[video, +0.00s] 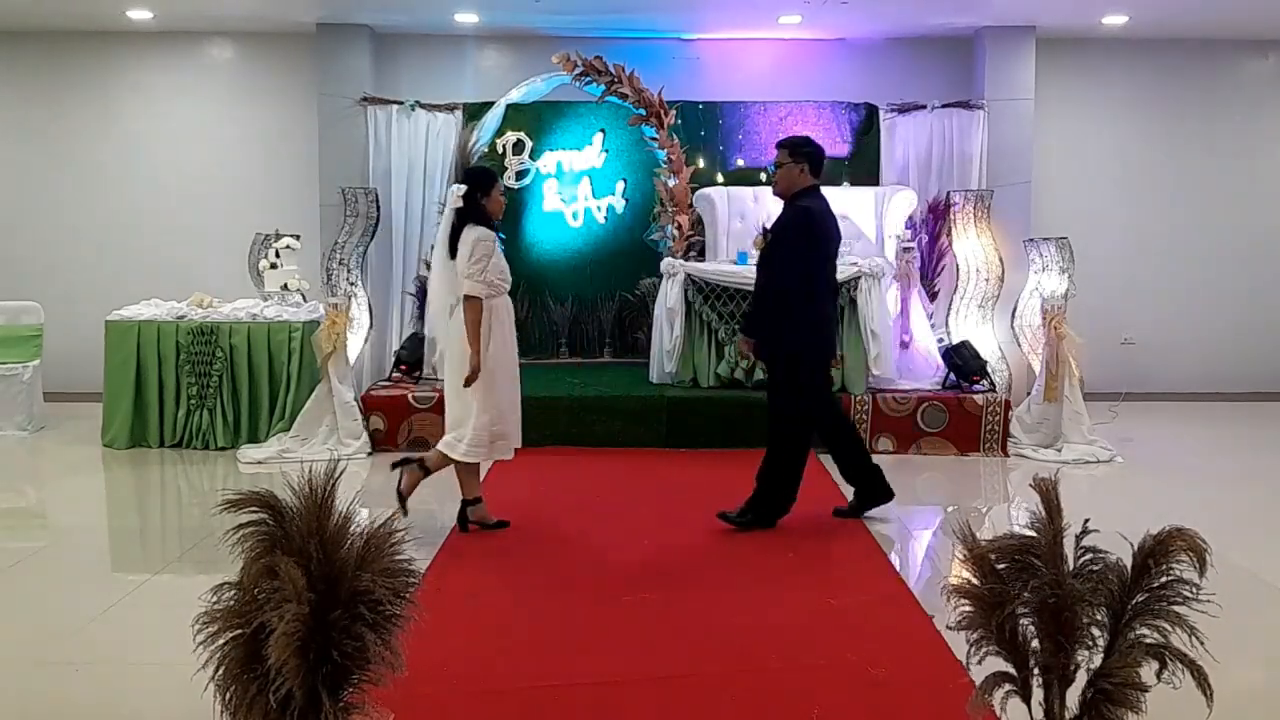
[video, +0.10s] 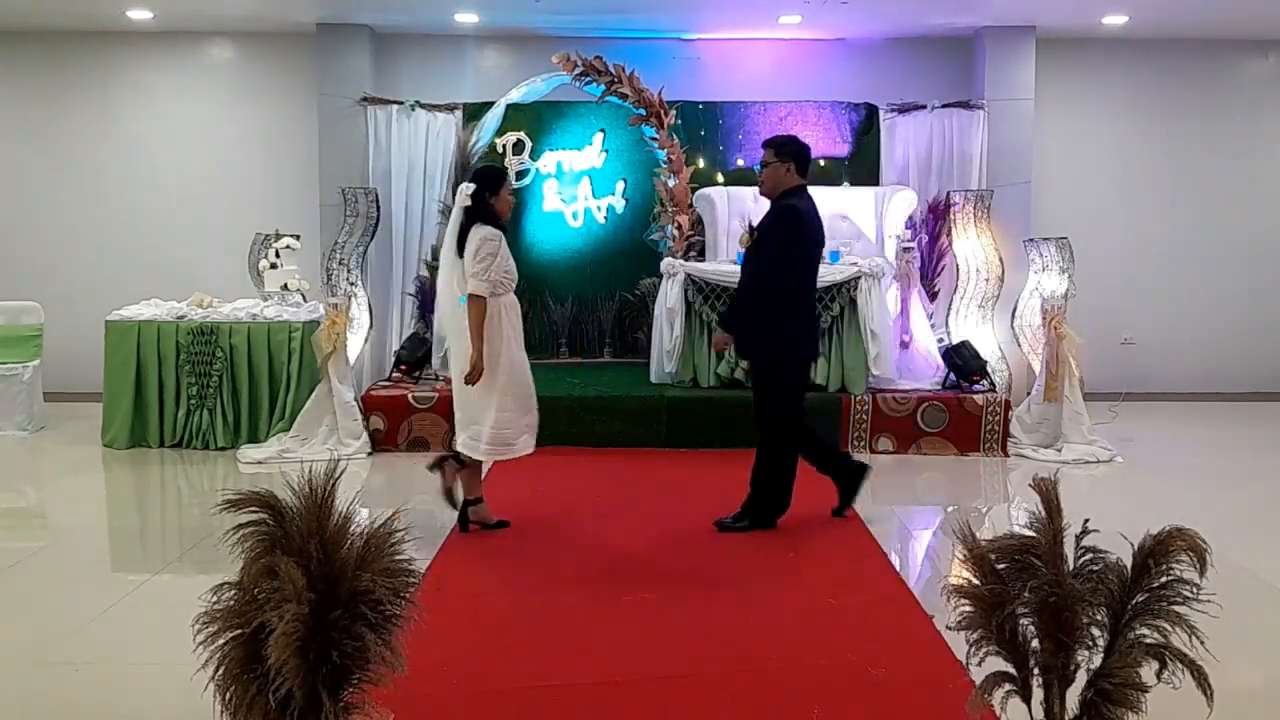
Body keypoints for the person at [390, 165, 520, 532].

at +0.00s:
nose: (504, 201)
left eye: (502, 194)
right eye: (499, 195)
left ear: (474, 198)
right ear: (483, 198)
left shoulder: (462, 232)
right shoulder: (482, 236)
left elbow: (460, 296)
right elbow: (472, 297)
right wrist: (475, 352)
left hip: (467, 340)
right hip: (481, 341)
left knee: (468, 423)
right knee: (482, 423)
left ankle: (473, 506)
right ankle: (419, 470)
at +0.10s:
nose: (512, 200)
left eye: (511, 193)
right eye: (507, 194)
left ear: (484, 198)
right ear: (491, 198)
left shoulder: (477, 233)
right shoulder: (487, 235)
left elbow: (474, 296)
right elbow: (476, 295)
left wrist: (478, 350)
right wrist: (476, 350)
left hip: (484, 343)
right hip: (493, 343)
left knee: (480, 416)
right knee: (516, 416)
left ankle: (475, 504)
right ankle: (455, 464)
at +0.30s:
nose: (530, 200)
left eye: (528, 192)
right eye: (524, 193)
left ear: (504, 199)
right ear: (507, 199)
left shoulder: (499, 235)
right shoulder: (503, 237)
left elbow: (535, 273)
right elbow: (487, 290)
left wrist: (570, 297)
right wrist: (486, 347)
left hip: (489, 346)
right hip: (511, 344)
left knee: (477, 418)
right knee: (545, 411)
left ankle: (473, 504)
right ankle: (551, 497)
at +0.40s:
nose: (538, 203)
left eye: (536, 196)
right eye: (533, 197)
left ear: (518, 202)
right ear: (515, 203)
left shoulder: (524, 241)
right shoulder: (507, 242)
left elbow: (557, 261)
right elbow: (486, 293)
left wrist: (588, 279)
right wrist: (484, 347)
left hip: (505, 348)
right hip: (520, 348)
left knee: (483, 419)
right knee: (549, 414)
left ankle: (474, 504)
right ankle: (563, 498)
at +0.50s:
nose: (546, 204)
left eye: (544, 197)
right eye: (540, 198)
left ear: (529, 203)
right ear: (521, 204)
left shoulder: (541, 241)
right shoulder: (510, 245)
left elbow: (571, 254)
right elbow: (485, 297)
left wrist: (597, 272)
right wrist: (479, 351)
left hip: (535, 344)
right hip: (525, 345)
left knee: (503, 419)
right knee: (553, 417)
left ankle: (480, 497)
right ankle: (561, 499)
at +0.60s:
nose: (550, 203)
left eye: (552, 197)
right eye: (541, 197)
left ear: (553, 200)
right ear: (522, 202)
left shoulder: (556, 238)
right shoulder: (516, 244)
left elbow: (583, 258)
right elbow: (491, 298)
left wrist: (600, 269)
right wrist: (480, 349)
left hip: (558, 335)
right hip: (538, 337)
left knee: (546, 413)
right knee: (555, 415)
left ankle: (502, 475)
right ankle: (562, 499)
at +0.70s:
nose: (550, 204)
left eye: (555, 197)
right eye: (542, 198)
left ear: (562, 201)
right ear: (529, 204)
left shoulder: (574, 244)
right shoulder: (520, 245)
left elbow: (601, 279)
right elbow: (494, 298)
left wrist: (621, 284)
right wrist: (485, 351)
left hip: (571, 329)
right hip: (541, 332)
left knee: (578, 406)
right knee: (557, 410)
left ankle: (546, 475)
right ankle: (562, 495)